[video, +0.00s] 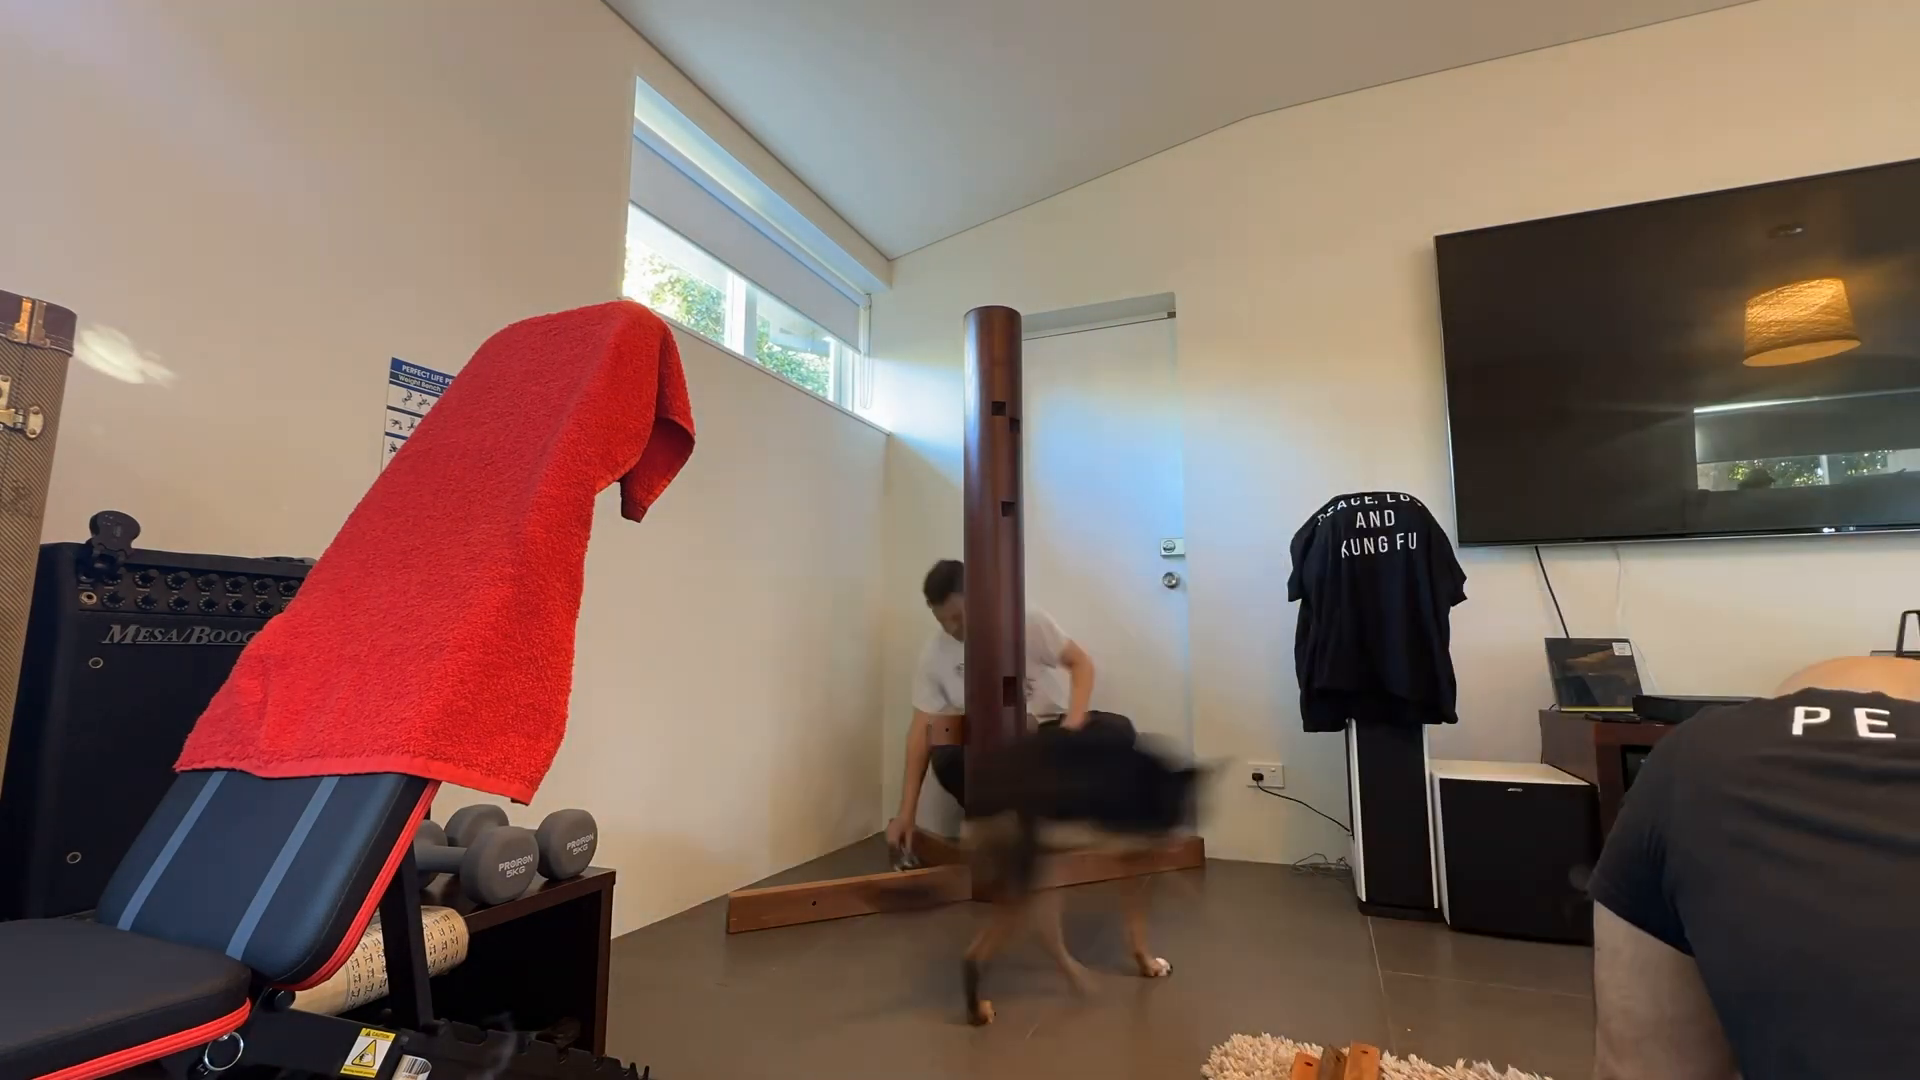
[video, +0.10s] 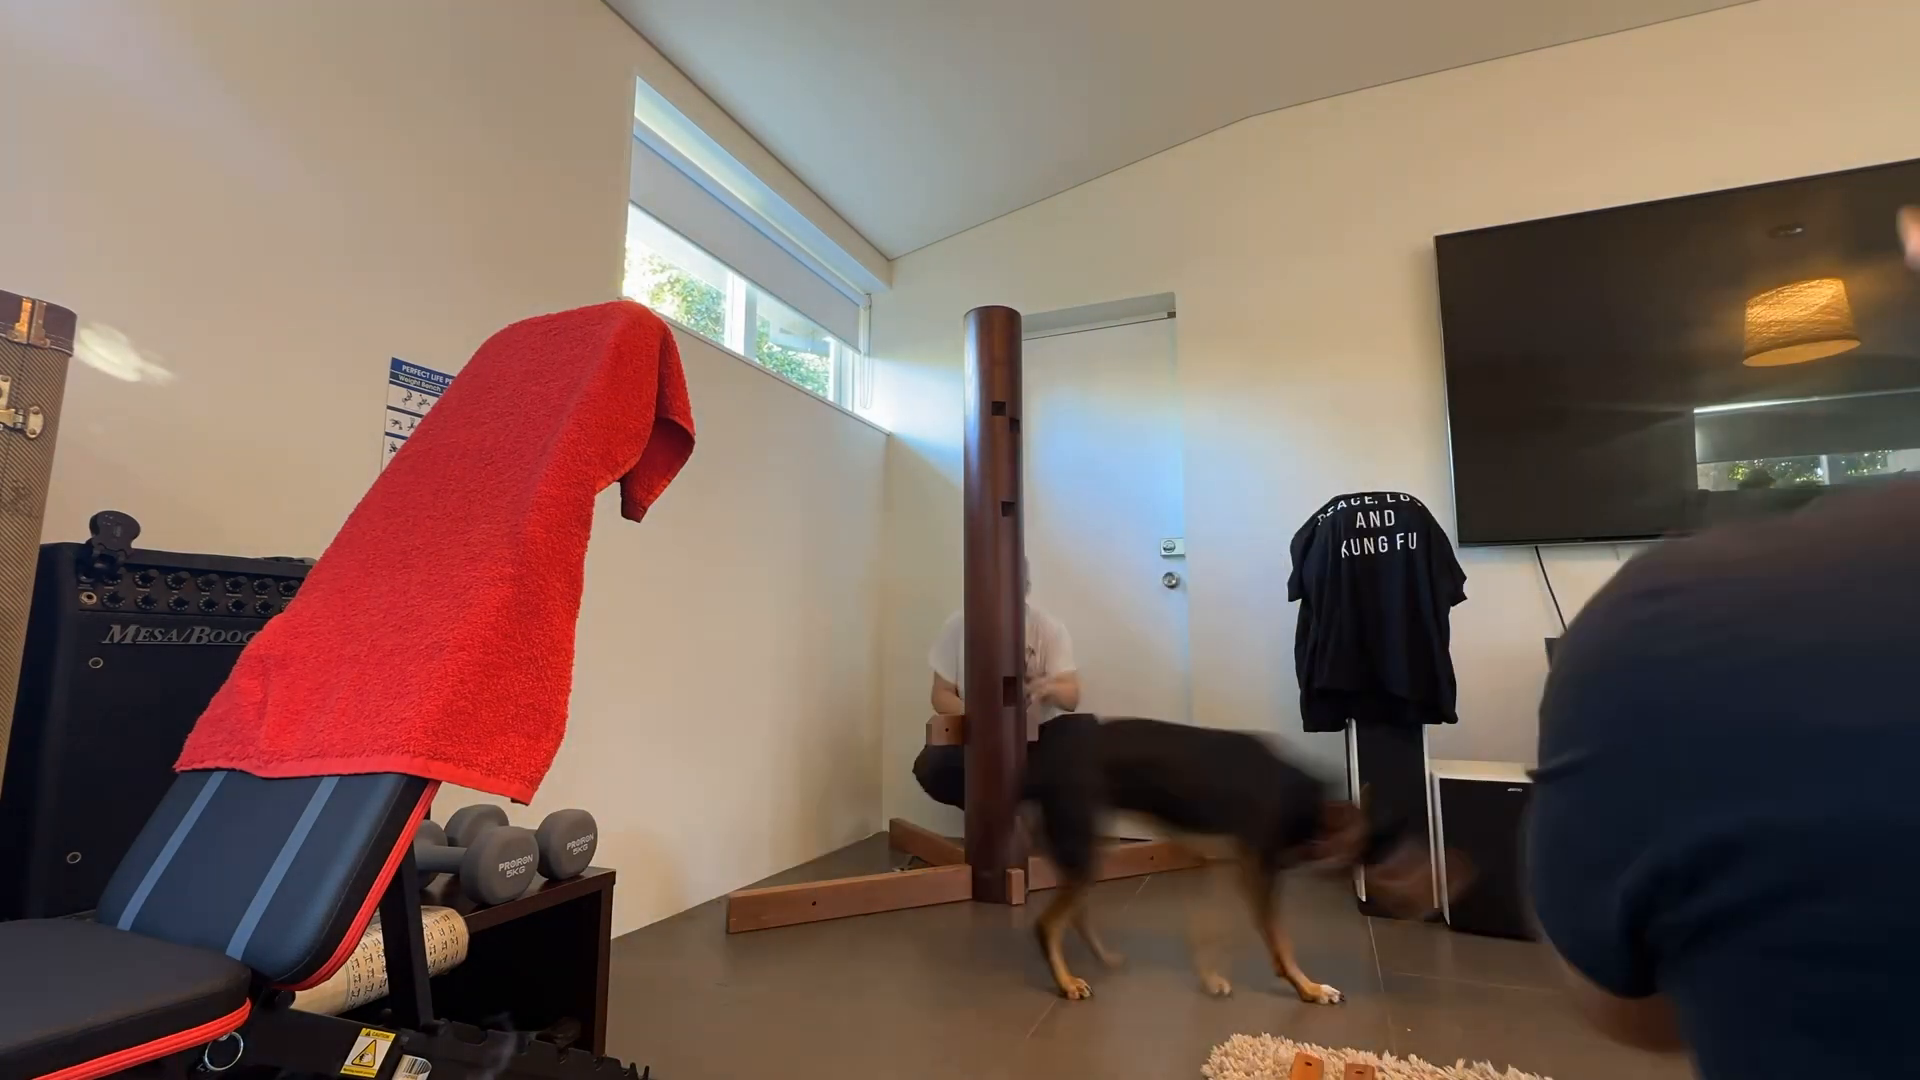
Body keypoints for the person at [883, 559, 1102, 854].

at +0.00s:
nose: (952, 628)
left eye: (958, 617)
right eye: (943, 621)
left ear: (977, 604)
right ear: (935, 616)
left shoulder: (1027, 624)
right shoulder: (939, 654)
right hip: (990, 742)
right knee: (947, 759)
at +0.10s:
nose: (1006, 588)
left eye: (1014, 578)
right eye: (997, 577)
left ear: (1025, 581)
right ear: (982, 580)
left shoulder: (1048, 630)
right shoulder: (960, 627)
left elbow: (1071, 698)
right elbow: (941, 696)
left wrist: (1048, 688)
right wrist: (981, 712)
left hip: (1033, 742)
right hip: (979, 746)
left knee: (1080, 730)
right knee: (932, 765)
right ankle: (1005, 817)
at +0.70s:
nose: (1002, 599)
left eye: (1009, 590)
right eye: (994, 590)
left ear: (1024, 593)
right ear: (981, 592)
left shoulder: (1049, 632)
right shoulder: (959, 630)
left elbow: (1072, 701)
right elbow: (926, 696)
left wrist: (1041, 690)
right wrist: (943, 727)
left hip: (1034, 743)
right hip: (977, 743)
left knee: (1083, 727)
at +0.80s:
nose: (996, 594)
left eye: (1005, 584)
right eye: (989, 584)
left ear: (1021, 589)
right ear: (977, 588)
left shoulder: (1048, 632)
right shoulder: (958, 632)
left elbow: (1073, 702)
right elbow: (923, 695)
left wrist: (1042, 691)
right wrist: (936, 728)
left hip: (1033, 747)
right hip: (977, 747)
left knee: (1084, 728)